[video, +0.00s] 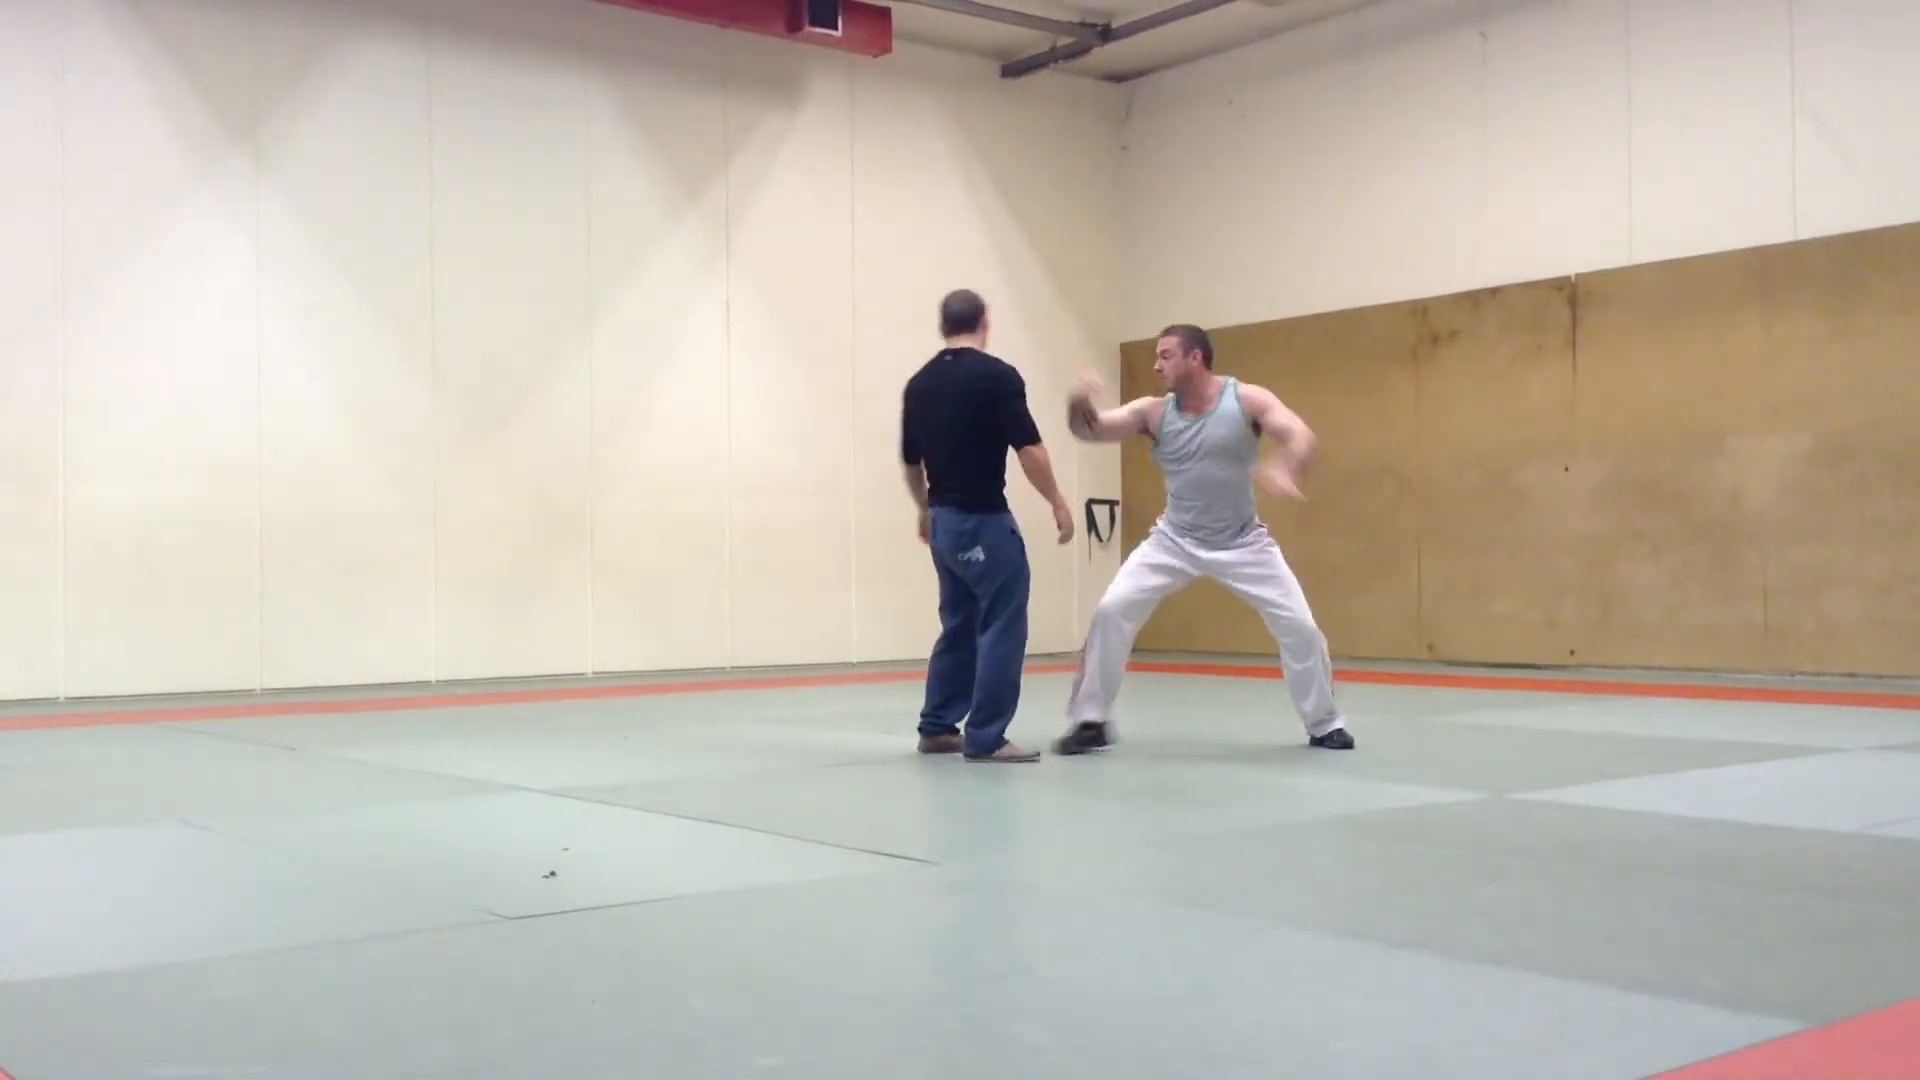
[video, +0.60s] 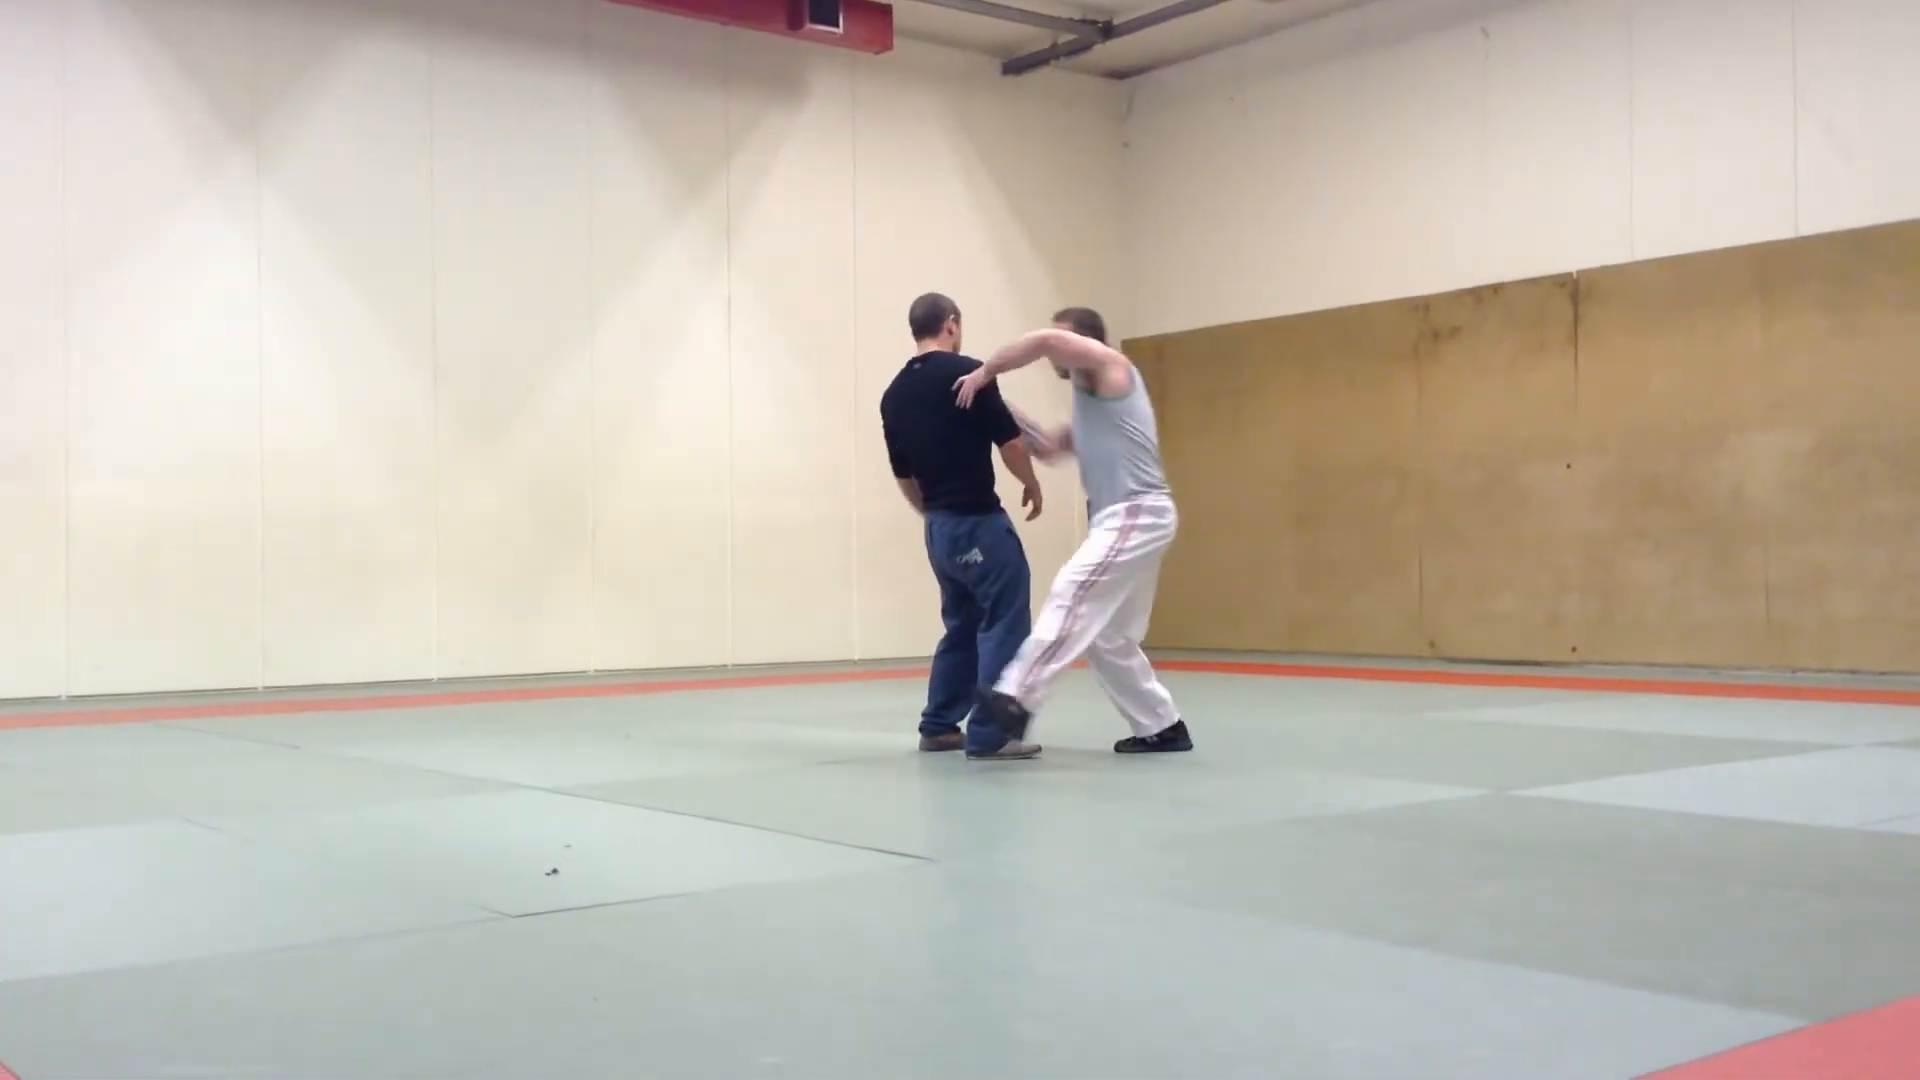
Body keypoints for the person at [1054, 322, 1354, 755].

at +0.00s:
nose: (1157, 365)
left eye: (1165, 356)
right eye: (1156, 357)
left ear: (1196, 359)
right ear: (1178, 362)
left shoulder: (1247, 399)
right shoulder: (1153, 411)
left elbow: (1300, 437)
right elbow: (1089, 429)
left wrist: (1284, 469)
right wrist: (1080, 403)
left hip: (1244, 544)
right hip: (1174, 541)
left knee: (1301, 629)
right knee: (1111, 610)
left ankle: (1324, 724)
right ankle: (1091, 722)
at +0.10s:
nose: (1142, 359)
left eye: (1150, 350)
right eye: (1141, 351)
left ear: (1180, 351)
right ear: (1150, 356)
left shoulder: (1222, 385)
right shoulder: (1143, 408)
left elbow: (1269, 408)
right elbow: (1088, 443)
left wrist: (1218, 403)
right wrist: (1092, 433)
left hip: (1235, 537)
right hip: (1171, 537)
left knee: (1291, 630)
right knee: (1113, 612)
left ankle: (1324, 724)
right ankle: (1159, 718)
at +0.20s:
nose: (1121, 354)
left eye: (1129, 344)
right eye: (1120, 345)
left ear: (1158, 344)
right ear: (1132, 349)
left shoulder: (1191, 386)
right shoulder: (1125, 406)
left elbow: (1210, 372)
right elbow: (1089, 457)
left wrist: (1130, 363)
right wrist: (1088, 447)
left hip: (1214, 527)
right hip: (1158, 531)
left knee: (1262, 623)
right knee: (1119, 623)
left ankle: (1326, 708)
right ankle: (1164, 726)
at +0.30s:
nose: (1103, 347)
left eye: (1110, 338)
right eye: (1101, 339)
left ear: (1140, 339)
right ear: (1110, 342)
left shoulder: (1176, 375)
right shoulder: (1119, 407)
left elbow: (1152, 359)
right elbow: (1104, 466)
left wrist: (1074, 349)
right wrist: (1089, 447)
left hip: (1195, 516)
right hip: (1147, 526)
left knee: (1200, 601)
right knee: (1118, 625)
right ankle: (1162, 726)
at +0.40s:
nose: (1086, 346)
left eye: (1093, 338)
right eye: (1085, 339)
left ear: (1119, 339)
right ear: (1098, 344)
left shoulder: (1155, 367)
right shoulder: (1113, 408)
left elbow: (1090, 344)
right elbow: (1113, 472)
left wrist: (1025, 348)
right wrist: (1076, 450)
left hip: (1177, 505)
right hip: (1140, 516)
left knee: (1128, 572)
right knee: (1111, 625)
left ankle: (1196, 643)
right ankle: (1160, 725)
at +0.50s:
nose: (1067, 346)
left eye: (1074, 339)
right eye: (1068, 340)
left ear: (1100, 338)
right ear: (1090, 340)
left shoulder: (1130, 366)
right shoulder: (1109, 398)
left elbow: (1062, 342)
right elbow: (1100, 477)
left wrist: (994, 361)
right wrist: (1054, 443)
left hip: (1157, 506)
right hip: (1138, 511)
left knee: (1090, 569)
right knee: (1112, 623)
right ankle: (1160, 725)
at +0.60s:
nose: (1051, 351)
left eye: (1057, 342)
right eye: (1051, 343)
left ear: (1077, 341)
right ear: (1086, 341)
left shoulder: (1112, 367)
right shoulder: (1091, 400)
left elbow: (1048, 339)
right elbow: (1049, 446)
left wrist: (985, 369)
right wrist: (999, 403)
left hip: (1138, 514)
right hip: (1122, 518)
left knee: (1072, 594)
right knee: (1106, 633)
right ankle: (1161, 727)